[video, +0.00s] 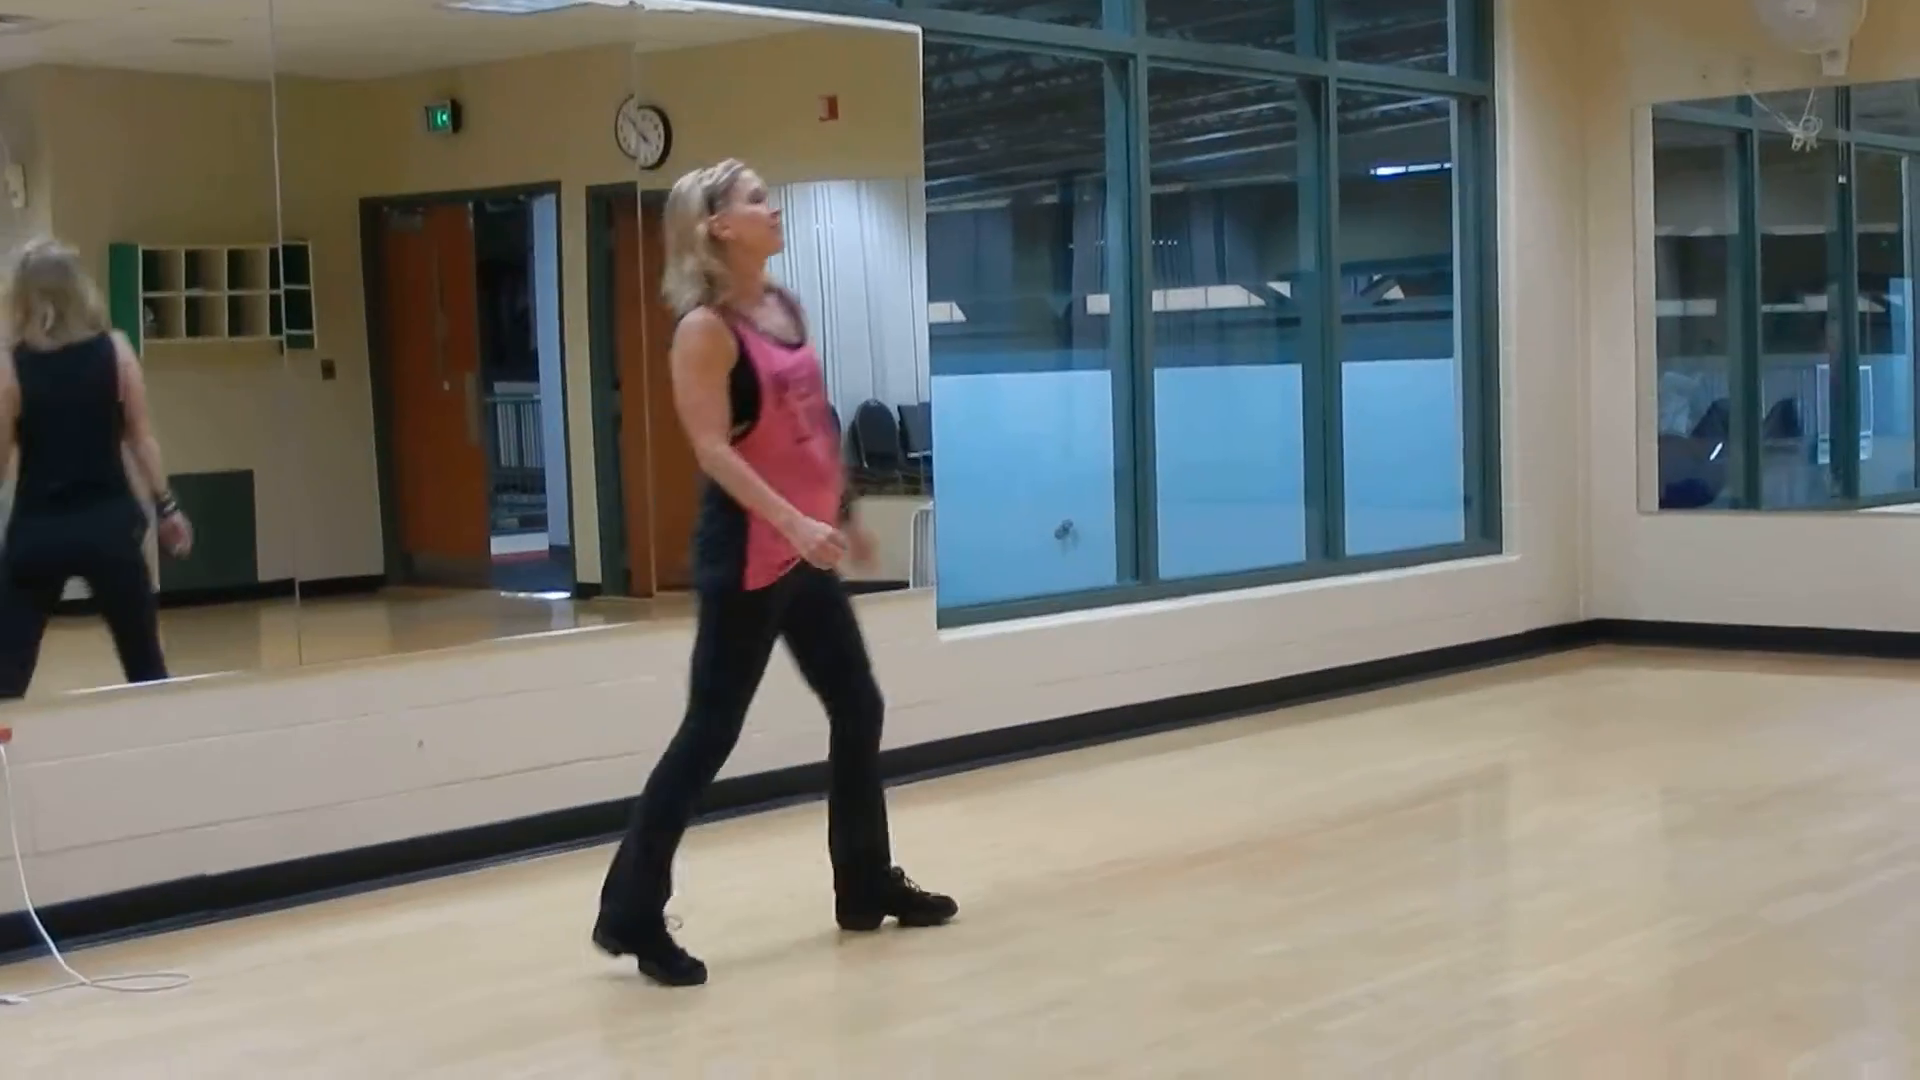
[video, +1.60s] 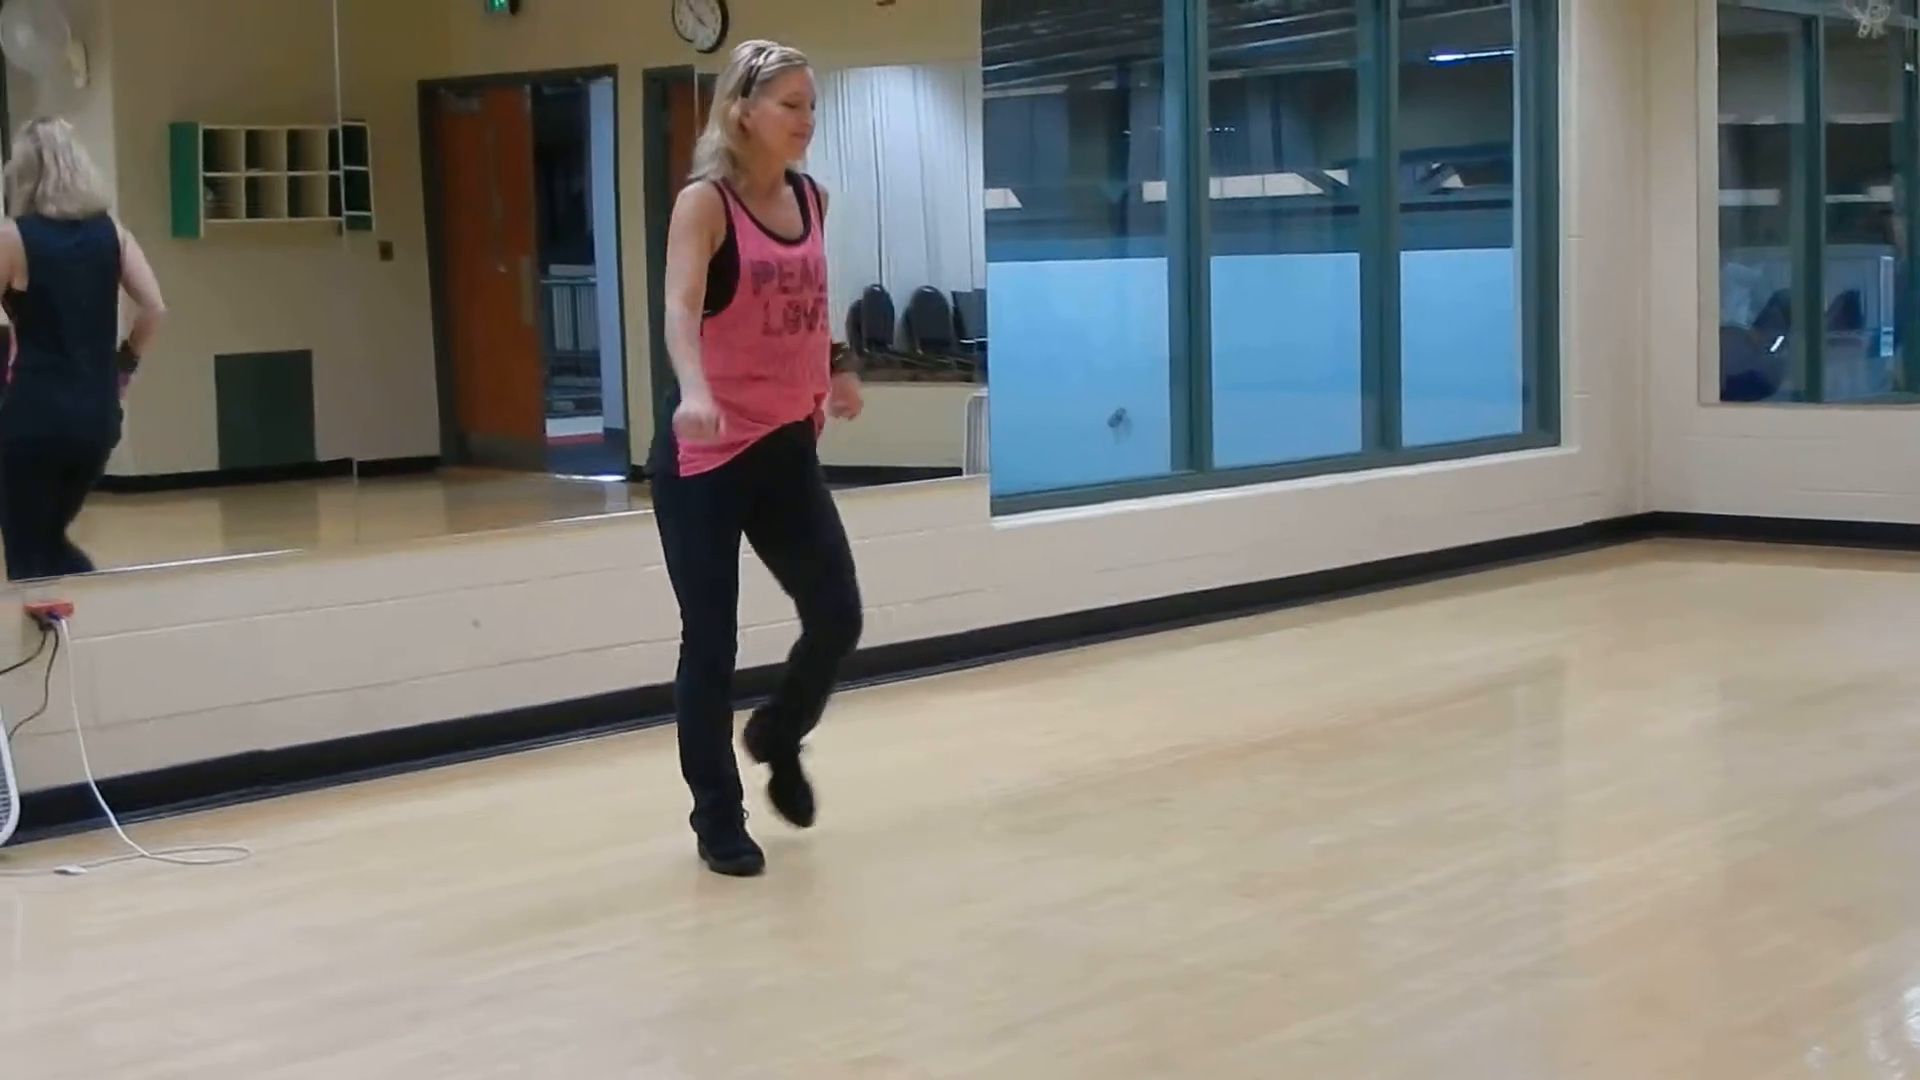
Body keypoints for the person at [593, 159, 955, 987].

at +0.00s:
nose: (772, 208)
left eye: (768, 198)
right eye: (754, 200)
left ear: (756, 226)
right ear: (713, 228)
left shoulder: (780, 306)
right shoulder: (702, 328)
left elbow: (800, 426)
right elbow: (711, 448)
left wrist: (837, 516)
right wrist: (793, 525)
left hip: (802, 546)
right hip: (745, 552)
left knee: (858, 710)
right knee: (707, 734)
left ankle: (865, 887)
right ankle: (628, 912)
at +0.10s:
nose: (810, 189)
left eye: (805, 178)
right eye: (791, 181)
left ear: (788, 205)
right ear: (751, 207)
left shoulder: (824, 284)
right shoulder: (732, 307)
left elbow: (870, 386)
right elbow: (730, 427)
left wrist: (927, 465)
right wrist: (789, 509)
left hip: (843, 523)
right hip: (777, 532)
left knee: (875, 693)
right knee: (759, 709)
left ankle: (866, 869)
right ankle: (670, 887)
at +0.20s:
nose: (843, 167)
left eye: (839, 156)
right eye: (826, 158)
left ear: (816, 184)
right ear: (784, 182)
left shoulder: (858, 266)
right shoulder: (758, 288)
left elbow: (920, 358)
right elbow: (745, 406)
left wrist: (1006, 420)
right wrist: (784, 499)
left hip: (870, 504)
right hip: (801, 515)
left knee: (882, 681)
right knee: (820, 690)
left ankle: (875, 845)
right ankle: (719, 847)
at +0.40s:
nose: (892, 138)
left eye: (888, 126)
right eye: (876, 128)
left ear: (860, 148)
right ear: (831, 146)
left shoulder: (894, 242)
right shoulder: (793, 243)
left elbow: (944, 343)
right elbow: (757, 357)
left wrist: (1030, 301)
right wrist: (760, 463)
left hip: (896, 466)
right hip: (826, 478)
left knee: (896, 640)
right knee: (896, 638)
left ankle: (882, 801)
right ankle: (839, 793)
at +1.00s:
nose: (909, 116)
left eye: (915, 103)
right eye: (896, 102)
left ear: (911, 109)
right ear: (848, 104)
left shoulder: (922, 179)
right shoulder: (797, 198)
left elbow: (957, 280)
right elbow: (761, 296)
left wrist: (1006, 368)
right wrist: (771, 359)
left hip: (903, 417)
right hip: (823, 422)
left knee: (905, 599)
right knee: (828, 595)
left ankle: (898, 764)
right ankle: (785, 781)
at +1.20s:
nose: (876, 121)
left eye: (881, 108)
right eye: (862, 107)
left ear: (879, 116)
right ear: (814, 112)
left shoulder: (890, 193)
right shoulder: (764, 199)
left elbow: (900, 297)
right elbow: (724, 314)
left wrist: (904, 373)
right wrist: (752, 300)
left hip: (881, 430)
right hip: (797, 440)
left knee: (894, 606)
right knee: (758, 620)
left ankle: (906, 760)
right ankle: (703, 803)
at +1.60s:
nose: (806, 120)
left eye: (811, 106)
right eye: (791, 105)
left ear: (809, 117)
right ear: (742, 111)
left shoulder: (809, 198)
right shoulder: (704, 200)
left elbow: (799, 307)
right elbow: (681, 306)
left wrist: (830, 373)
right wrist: (694, 388)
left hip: (784, 448)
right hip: (702, 454)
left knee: (837, 618)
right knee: (711, 642)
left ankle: (775, 735)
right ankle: (715, 818)